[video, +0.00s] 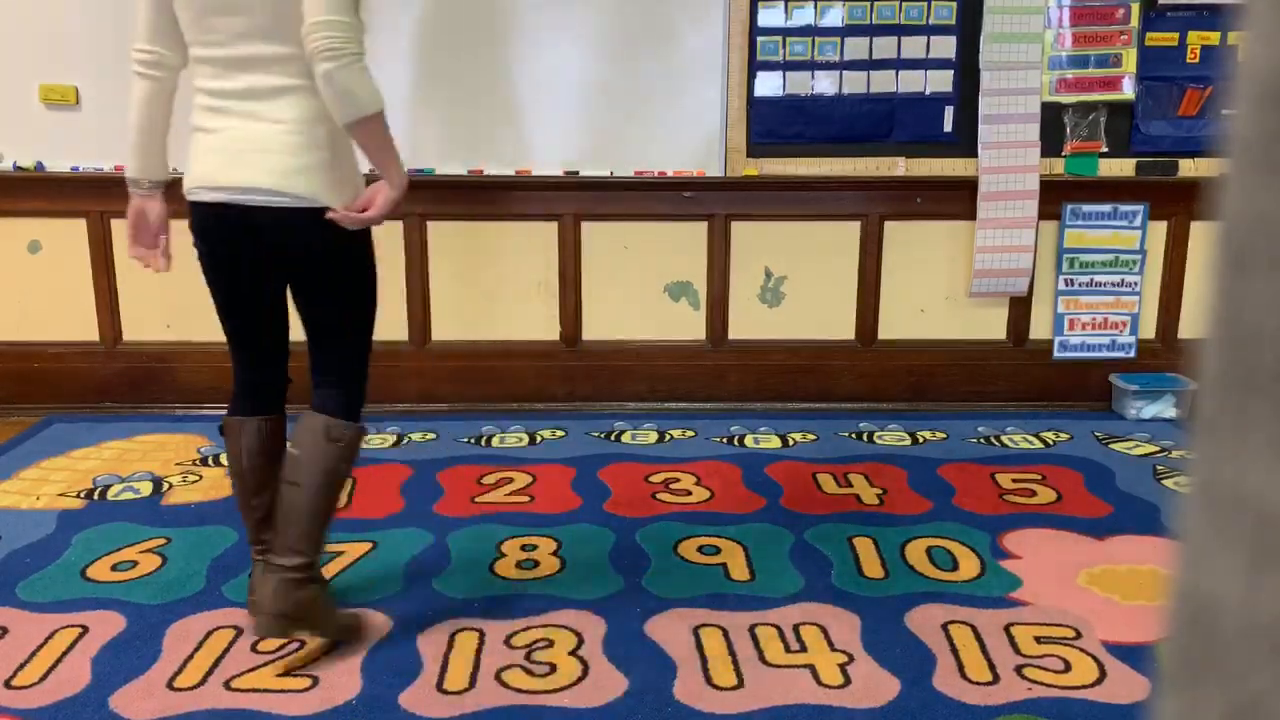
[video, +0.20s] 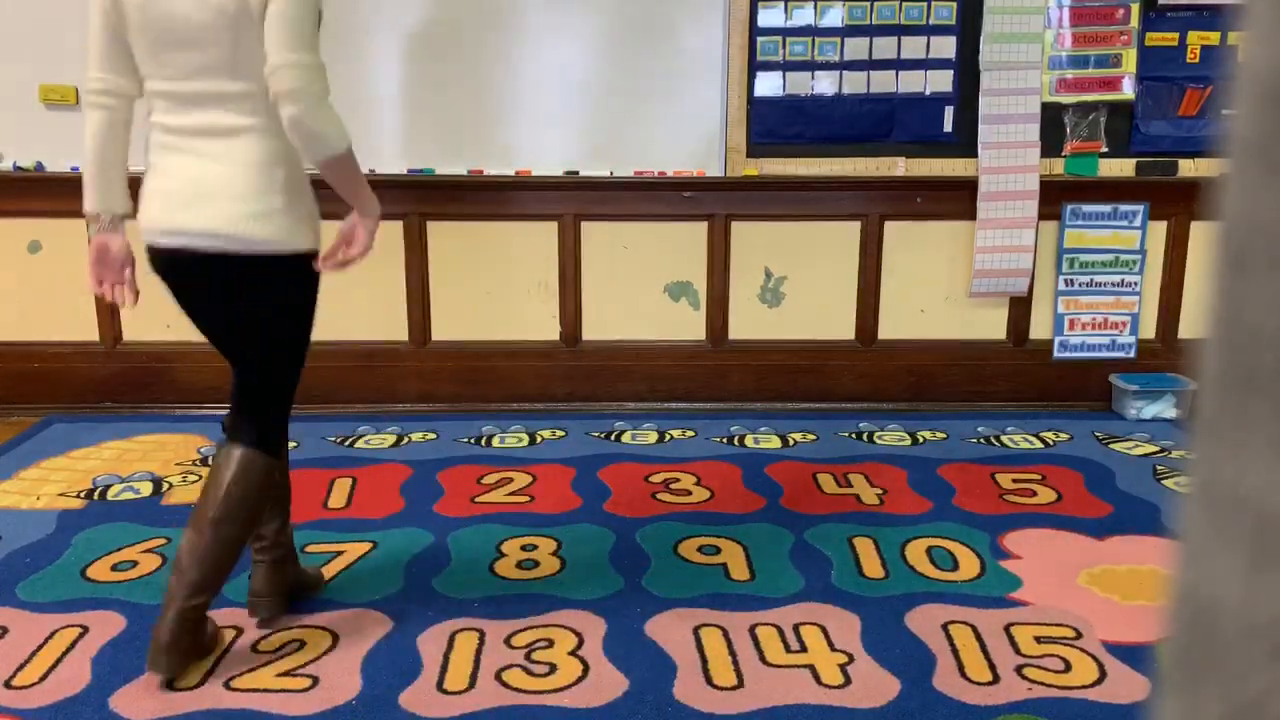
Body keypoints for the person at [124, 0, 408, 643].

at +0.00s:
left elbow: (154, 61)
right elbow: (331, 53)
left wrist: (146, 187)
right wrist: (391, 171)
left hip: (217, 190)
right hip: (313, 190)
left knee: (255, 379)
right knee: (337, 381)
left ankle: (269, 569)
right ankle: (290, 580)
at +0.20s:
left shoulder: (123, 1)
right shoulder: (282, 1)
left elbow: (107, 90)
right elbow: (294, 87)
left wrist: (105, 220)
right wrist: (363, 202)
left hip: (169, 226)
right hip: (266, 226)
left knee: (262, 391)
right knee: (259, 413)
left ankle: (275, 566)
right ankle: (179, 625)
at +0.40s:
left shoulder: (84, 9)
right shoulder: (272, 11)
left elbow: (61, 135)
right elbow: (304, 144)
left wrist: (52, 258)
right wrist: (322, 219)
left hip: (123, 270)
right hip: (229, 275)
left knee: (201, 372)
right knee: (232, 464)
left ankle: (231, 550)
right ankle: (157, 631)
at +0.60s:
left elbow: (103, 47)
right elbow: (262, 61)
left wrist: (81, 185)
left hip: (132, 190)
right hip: (243, 195)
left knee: (99, 389)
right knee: (215, 396)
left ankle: (100, 586)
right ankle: (202, 608)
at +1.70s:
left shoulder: (71, 5)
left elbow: (83, 81)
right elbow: (234, 47)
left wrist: (122, 195)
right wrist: (296, 196)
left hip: (144, 216)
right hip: (255, 202)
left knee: (211, 428)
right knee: (319, 418)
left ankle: (256, 656)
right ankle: (349, 637)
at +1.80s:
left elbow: (95, 75)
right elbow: (197, 51)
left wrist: (127, 195)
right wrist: (249, 204)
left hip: (141, 207)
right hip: (228, 203)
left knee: (213, 424)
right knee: (293, 424)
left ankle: (234, 648)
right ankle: (265, 668)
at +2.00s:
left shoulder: (104, 12)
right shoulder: (159, 5)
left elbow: (101, 117)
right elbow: (179, 108)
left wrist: (106, 270)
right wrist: (250, 279)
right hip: (175, 268)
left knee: (292, 453)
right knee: (267, 471)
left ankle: (210, 654)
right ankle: (151, 696)